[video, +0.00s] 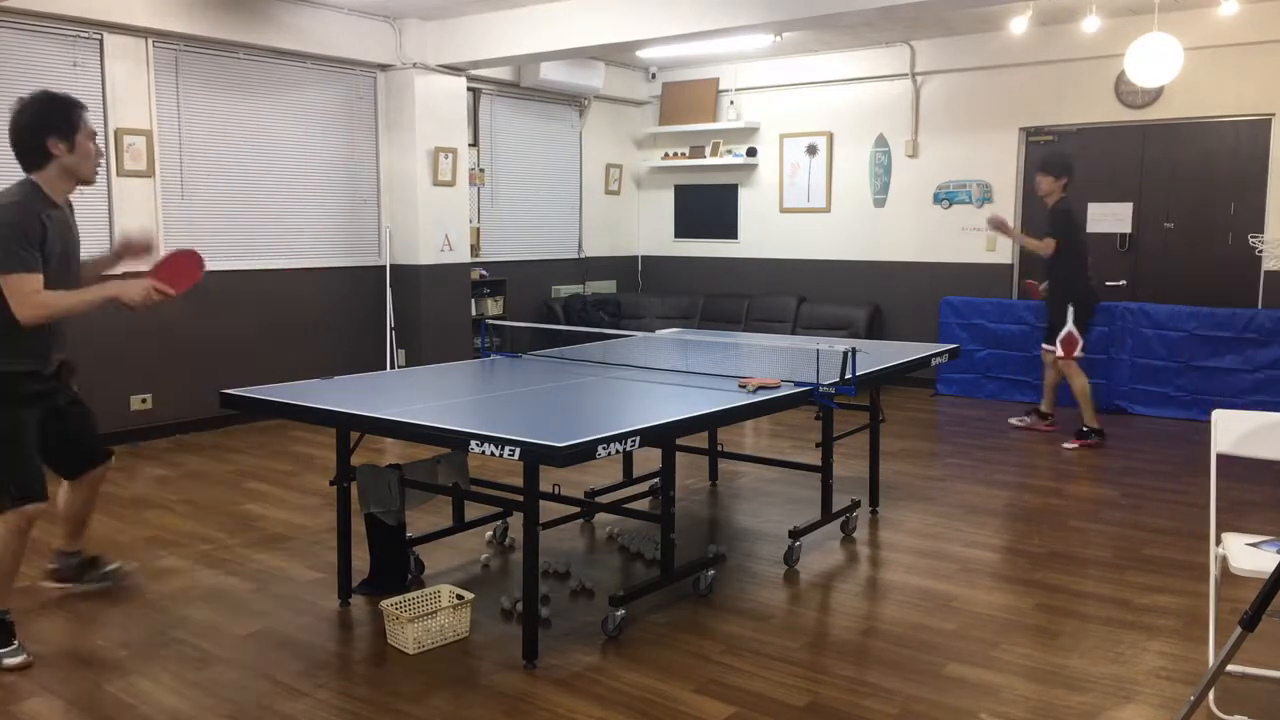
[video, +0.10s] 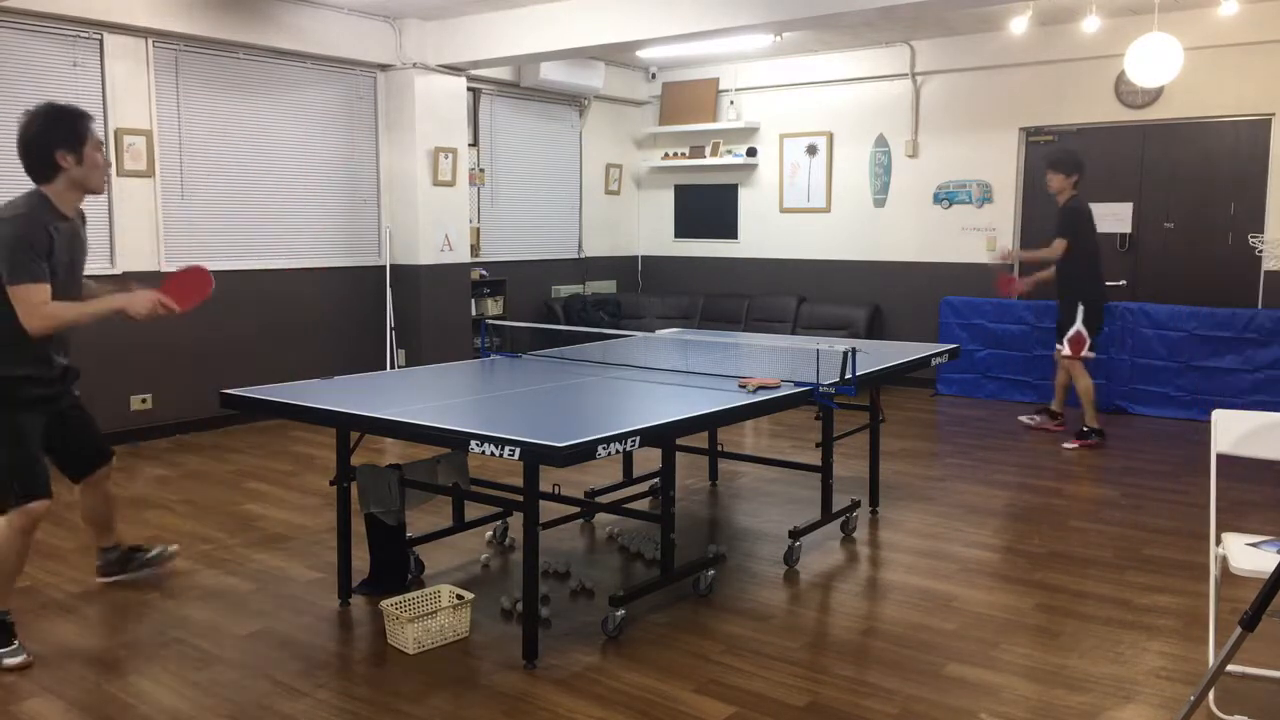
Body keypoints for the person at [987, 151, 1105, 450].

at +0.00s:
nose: (1037, 183)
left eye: (1043, 178)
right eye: (1037, 177)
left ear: (1061, 181)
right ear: (1052, 182)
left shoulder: (1062, 211)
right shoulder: (1059, 211)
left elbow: (1047, 248)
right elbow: (1071, 260)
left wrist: (1010, 232)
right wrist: (1049, 285)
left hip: (1074, 295)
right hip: (1062, 294)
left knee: (1066, 360)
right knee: (1050, 354)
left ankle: (1092, 428)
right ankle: (1045, 413)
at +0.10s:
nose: (1048, 180)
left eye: (1054, 175)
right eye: (1047, 175)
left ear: (1073, 178)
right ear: (1058, 179)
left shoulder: (1073, 209)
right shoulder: (1072, 210)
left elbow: (1056, 252)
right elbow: (1066, 264)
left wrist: (1017, 255)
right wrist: (1033, 279)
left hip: (1083, 296)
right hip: (1072, 294)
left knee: (1073, 360)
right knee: (1063, 355)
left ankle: (1092, 428)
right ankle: (1055, 412)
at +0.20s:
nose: (1058, 177)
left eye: (1065, 171)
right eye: (1058, 171)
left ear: (1083, 176)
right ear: (1064, 176)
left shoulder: (1083, 208)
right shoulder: (1070, 210)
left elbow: (1071, 251)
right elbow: (1054, 254)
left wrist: (1034, 274)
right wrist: (1015, 257)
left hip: (1092, 294)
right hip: (1078, 293)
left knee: (1082, 361)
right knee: (1073, 356)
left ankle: (1094, 429)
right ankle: (1077, 415)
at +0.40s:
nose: (1075, 176)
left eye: (1083, 170)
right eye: (1074, 170)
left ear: (1100, 176)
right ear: (1074, 175)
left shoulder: (1107, 208)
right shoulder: (1073, 214)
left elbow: (1116, 249)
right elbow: (1049, 245)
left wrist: (1079, 277)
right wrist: (1036, 227)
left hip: (1105, 291)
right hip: (1084, 291)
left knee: (1088, 357)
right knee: (1081, 355)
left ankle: (1095, 429)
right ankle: (1107, 410)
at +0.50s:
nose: (1083, 180)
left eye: (1091, 175)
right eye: (1081, 174)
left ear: (1106, 181)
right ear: (1077, 178)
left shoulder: (1117, 211)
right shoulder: (1075, 218)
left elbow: (1138, 247)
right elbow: (1059, 254)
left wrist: (1111, 270)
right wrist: (1052, 238)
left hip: (1111, 296)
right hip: (1086, 296)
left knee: (1093, 360)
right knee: (1087, 359)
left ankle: (1095, 428)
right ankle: (1104, 415)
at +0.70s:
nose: (1090, 185)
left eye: (1098, 179)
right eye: (1088, 179)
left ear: (1113, 185)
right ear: (1083, 182)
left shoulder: (1132, 215)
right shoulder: (1079, 221)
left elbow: (1161, 243)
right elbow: (1074, 255)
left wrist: (1143, 265)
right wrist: (1076, 265)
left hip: (1129, 297)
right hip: (1097, 297)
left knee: (1124, 358)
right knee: (1094, 360)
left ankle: (1116, 422)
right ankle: (1106, 415)